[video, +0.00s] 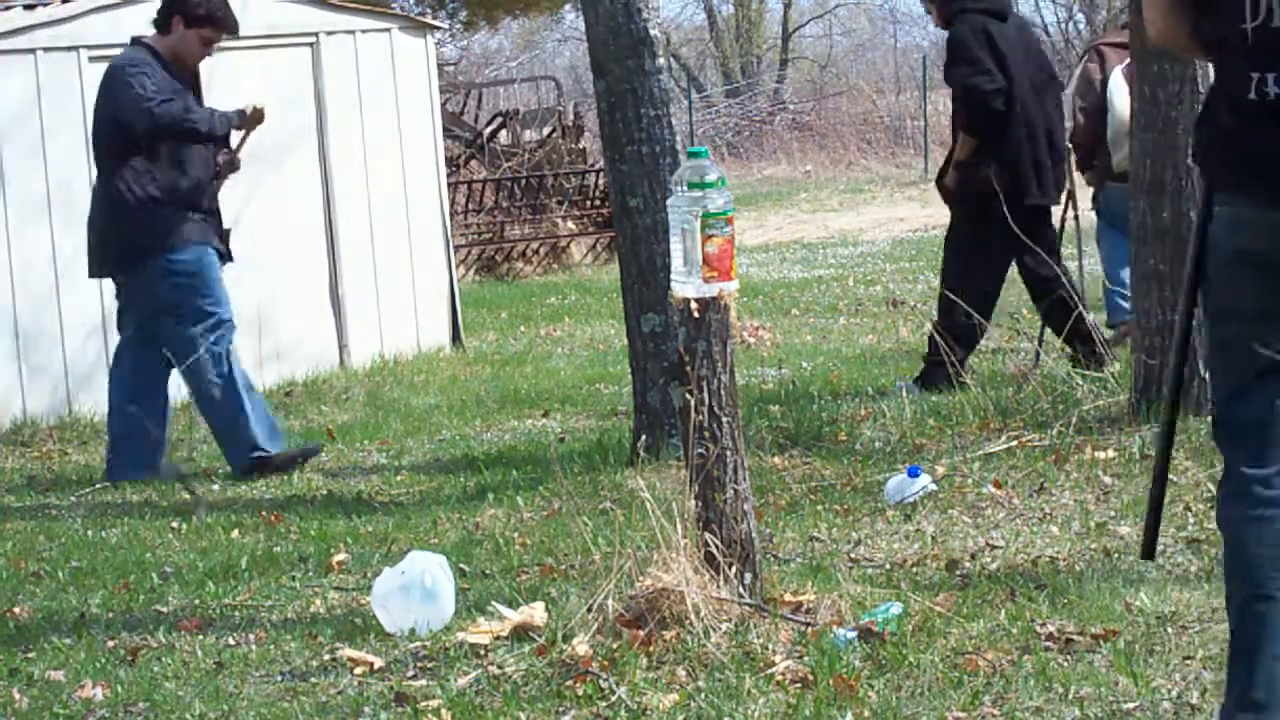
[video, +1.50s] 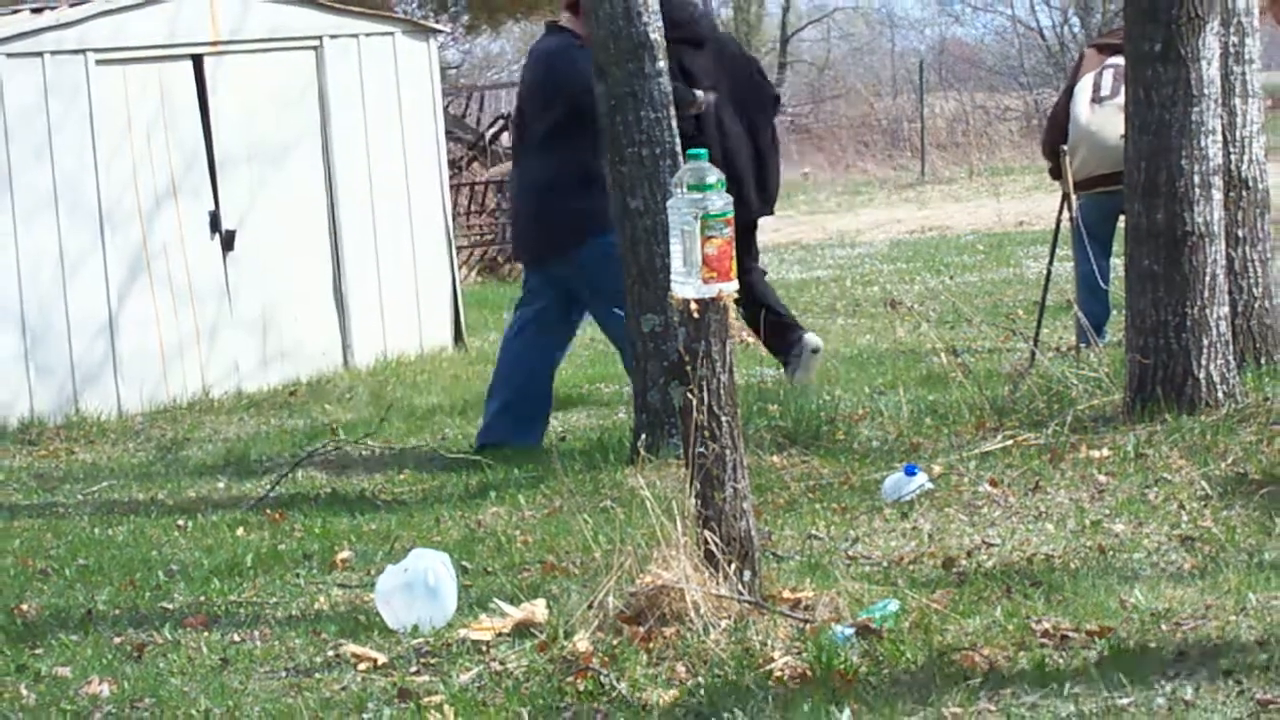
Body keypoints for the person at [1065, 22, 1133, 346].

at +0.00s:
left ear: (1127, 16)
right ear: (1157, 19)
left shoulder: (1103, 54)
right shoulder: (1176, 52)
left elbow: (1083, 119)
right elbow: (1193, 116)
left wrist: (1089, 166)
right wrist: (1186, 164)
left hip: (1121, 175)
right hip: (1171, 177)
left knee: (1114, 229)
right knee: (1168, 242)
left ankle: (1124, 314)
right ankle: (1170, 318)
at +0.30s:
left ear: (1112, 36)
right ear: (1148, 33)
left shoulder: (1097, 62)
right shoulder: (1166, 58)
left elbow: (1075, 112)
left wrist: (1084, 167)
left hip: (1113, 176)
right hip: (1162, 178)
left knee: (1099, 250)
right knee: (1163, 259)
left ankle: (1090, 331)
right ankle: (1166, 337)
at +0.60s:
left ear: (1107, 38)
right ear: (1147, 32)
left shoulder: (1089, 63)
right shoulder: (1161, 56)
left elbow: (1060, 120)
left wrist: (1061, 163)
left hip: (1100, 171)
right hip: (1154, 172)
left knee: (1096, 255)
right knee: (1159, 255)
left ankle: (1097, 341)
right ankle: (1163, 340)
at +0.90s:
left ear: (1119, 24)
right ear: (1153, 23)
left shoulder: (1095, 52)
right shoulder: (1166, 50)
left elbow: (1065, 112)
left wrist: (1061, 165)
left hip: (1098, 171)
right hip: (1153, 172)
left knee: (1096, 256)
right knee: (1159, 258)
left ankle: (1095, 344)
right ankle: (1162, 343)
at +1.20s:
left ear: (1123, 24)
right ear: (1157, 22)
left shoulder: (1101, 48)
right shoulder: (1171, 48)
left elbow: (1072, 107)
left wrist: (1064, 159)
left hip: (1102, 170)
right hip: (1157, 171)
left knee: (1098, 259)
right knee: (1161, 259)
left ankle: (1098, 344)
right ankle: (1165, 343)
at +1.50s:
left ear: (1115, 26)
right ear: (1148, 24)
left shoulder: (1091, 56)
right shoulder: (1163, 51)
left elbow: (1060, 117)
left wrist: (1058, 163)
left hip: (1095, 173)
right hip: (1150, 174)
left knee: (1091, 254)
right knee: (1154, 256)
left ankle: (1090, 341)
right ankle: (1157, 340)